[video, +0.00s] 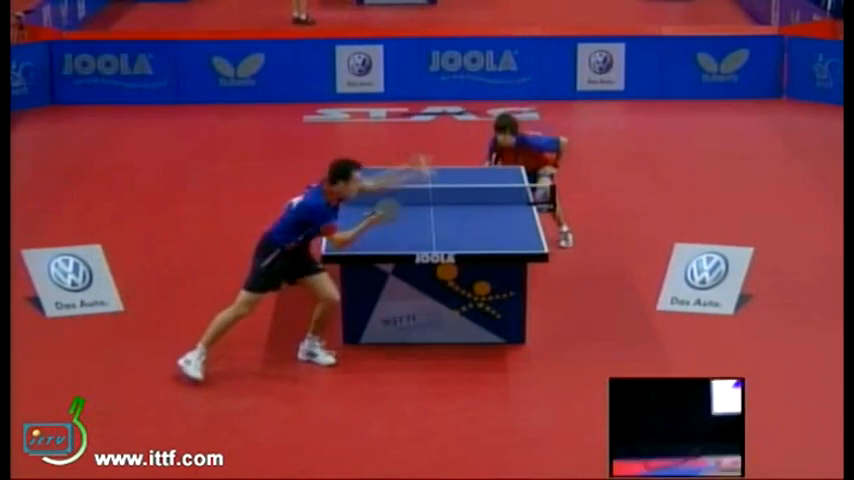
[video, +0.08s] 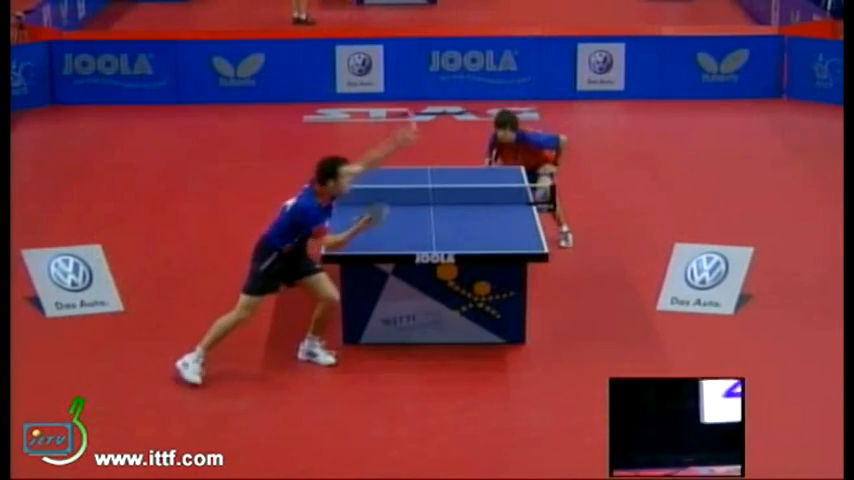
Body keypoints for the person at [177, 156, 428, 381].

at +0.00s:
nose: (358, 188)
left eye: (357, 184)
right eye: (354, 184)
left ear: (340, 183)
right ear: (337, 184)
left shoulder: (331, 191)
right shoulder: (318, 207)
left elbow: (370, 186)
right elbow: (337, 242)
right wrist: (369, 222)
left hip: (298, 252)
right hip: (273, 251)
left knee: (329, 297)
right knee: (242, 307)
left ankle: (311, 345)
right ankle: (196, 354)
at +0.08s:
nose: (348, 185)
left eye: (348, 179)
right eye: (344, 180)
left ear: (331, 180)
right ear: (328, 182)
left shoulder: (324, 188)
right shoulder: (309, 208)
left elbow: (364, 165)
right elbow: (327, 243)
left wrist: (396, 143)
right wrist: (356, 231)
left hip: (294, 253)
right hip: (269, 255)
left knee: (330, 297)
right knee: (243, 312)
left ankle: (310, 345)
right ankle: (194, 357)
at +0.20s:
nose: (332, 178)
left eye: (331, 174)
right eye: (327, 175)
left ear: (314, 181)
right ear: (313, 183)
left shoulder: (314, 191)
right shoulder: (297, 211)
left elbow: (341, 157)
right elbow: (301, 252)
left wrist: (372, 131)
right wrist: (334, 252)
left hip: (288, 257)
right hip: (263, 262)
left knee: (328, 297)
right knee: (242, 318)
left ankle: (311, 345)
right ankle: (192, 360)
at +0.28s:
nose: (323, 176)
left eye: (321, 171)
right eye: (318, 173)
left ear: (307, 180)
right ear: (305, 182)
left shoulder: (306, 193)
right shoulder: (287, 212)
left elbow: (326, 156)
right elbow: (281, 250)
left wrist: (360, 135)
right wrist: (317, 263)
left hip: (283, 258)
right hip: (259, 263)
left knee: (325, 297)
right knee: (240, 321)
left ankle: (311, 345)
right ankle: (189, 361)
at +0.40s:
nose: (309, 175)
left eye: (307, 169)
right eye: (304, 172)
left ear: (294, 180)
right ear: (292, 181)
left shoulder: (294, 192)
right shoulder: (274, 212)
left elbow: (310, 164)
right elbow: (260, 247)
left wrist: (339, 152)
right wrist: (296, 264)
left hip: (276, 256)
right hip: (252, 262)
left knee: (319, 294)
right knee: (237, 322)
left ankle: (310, 345)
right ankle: (187, 362)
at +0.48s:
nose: (304, 171)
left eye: (301, 168)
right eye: (298, 170)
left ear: (289, 180)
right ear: (287, 181)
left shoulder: (289, 189)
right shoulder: (266, 210)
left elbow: (303, 168)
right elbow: (250, 244)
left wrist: (329, 162)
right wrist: (285, 260)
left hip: (271, 255)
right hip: (246, 260)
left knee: (314, 293)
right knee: (233, 322)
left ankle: (310, 345)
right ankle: (185, 363)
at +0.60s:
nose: (301, 170)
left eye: (298, 166)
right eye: (295, 168)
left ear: (285, 180)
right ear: (282, 180)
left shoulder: (285, 190)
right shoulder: (259, 206)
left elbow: (297, 177)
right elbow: (238, 239)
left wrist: (315, 173)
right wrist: (267, 262)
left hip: (267, 252)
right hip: (242, 257)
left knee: (308, 292)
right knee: (228, 321)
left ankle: (309, 344)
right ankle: (184, 363)